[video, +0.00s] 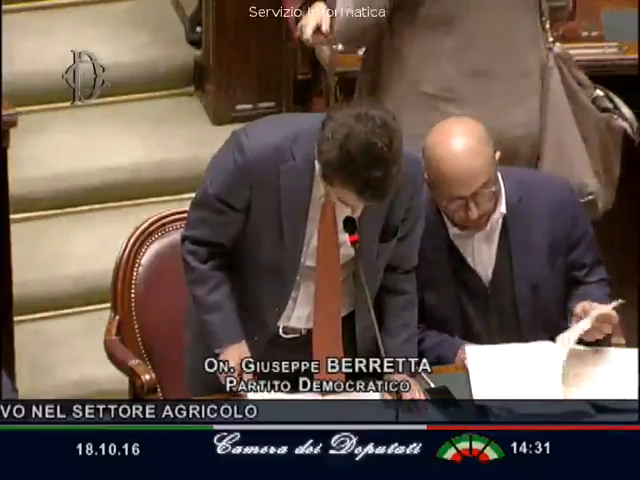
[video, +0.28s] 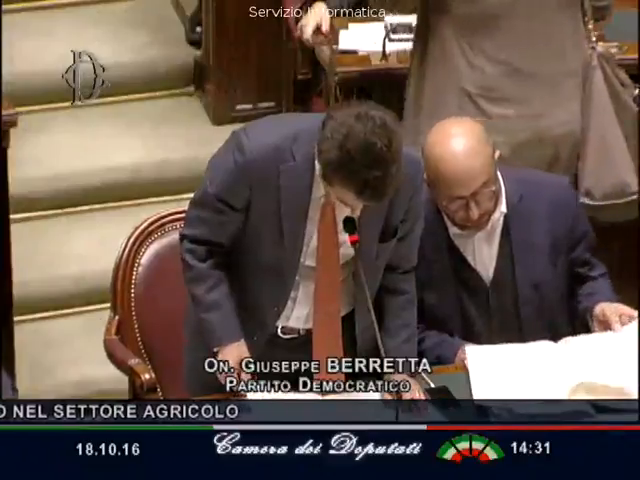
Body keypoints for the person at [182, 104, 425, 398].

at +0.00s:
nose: (355, 211)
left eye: (367, 203)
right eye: (344, 200)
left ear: (390, 174)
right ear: (322, 162)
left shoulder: (407, 174)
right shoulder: (253, 156)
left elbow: (401, 275)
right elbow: (202, 247)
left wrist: (401, 367)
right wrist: (229, 341)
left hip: (346, 336)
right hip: (260, 340)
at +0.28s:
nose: (354, 211)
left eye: (366, 203)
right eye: (343, 199)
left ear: (391, 173)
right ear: (322, 163)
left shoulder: (406, 175)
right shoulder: (253, 155)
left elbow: (400, 275)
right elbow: (200, 245)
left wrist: (401, 367)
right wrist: (227, 339)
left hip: (345, 337)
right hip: (258, 341)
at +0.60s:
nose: (353, 212)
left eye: (364, 204)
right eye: (342, 201)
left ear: (389, 173)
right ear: (321, 165)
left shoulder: (406, 173)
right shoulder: (253, 157)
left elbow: (400, 274)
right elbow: (200, 247)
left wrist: (401, 367)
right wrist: (228, 344)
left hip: (346, 337)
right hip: (259, 341)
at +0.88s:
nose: (354, 213)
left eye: (365, 206)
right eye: (343, 203)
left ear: (391, 175)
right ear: (323, 167)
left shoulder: (408, 173)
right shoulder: (254, 158)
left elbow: (402, 275)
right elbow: (202, 249)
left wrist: (401, 367)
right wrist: (229, 345)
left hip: (348, 337)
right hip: (262, 341)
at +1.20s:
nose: (354, 213)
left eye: (365, 206)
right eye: (343, 202)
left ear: (392, 175)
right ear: (323, 163)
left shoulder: (408, 173)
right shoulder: (254, 158)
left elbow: (402, 274)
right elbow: (205, 248)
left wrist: (401, 366)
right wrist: (230, 344)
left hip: (349, 336)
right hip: (262, 340)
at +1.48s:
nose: (355, 214)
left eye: (367, 206)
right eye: (344, 202)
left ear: (394, 175)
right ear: (323, 163)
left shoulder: (410, 175)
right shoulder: (256, 159)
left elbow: (404, 274)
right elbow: (205, 247)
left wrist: (401, 366)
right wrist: (230, 343)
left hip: (351, 334)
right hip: (263, 339)